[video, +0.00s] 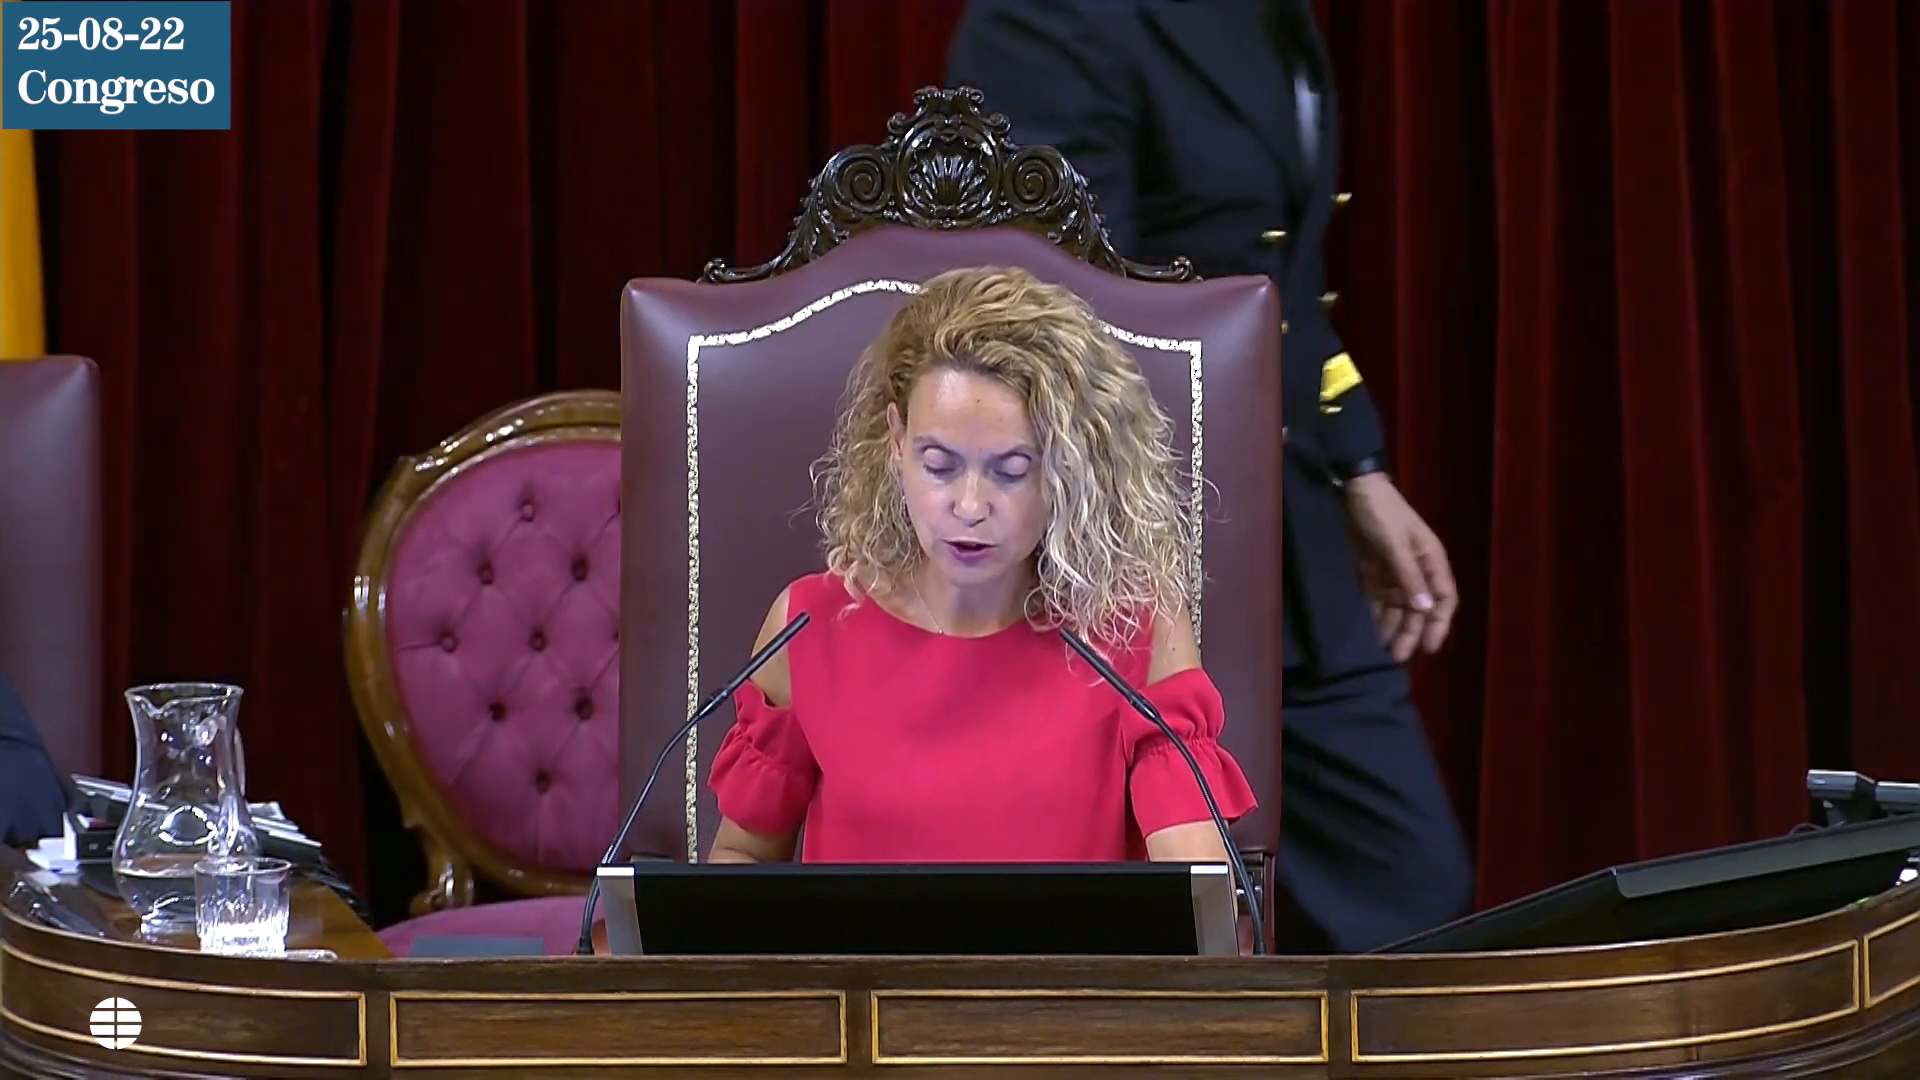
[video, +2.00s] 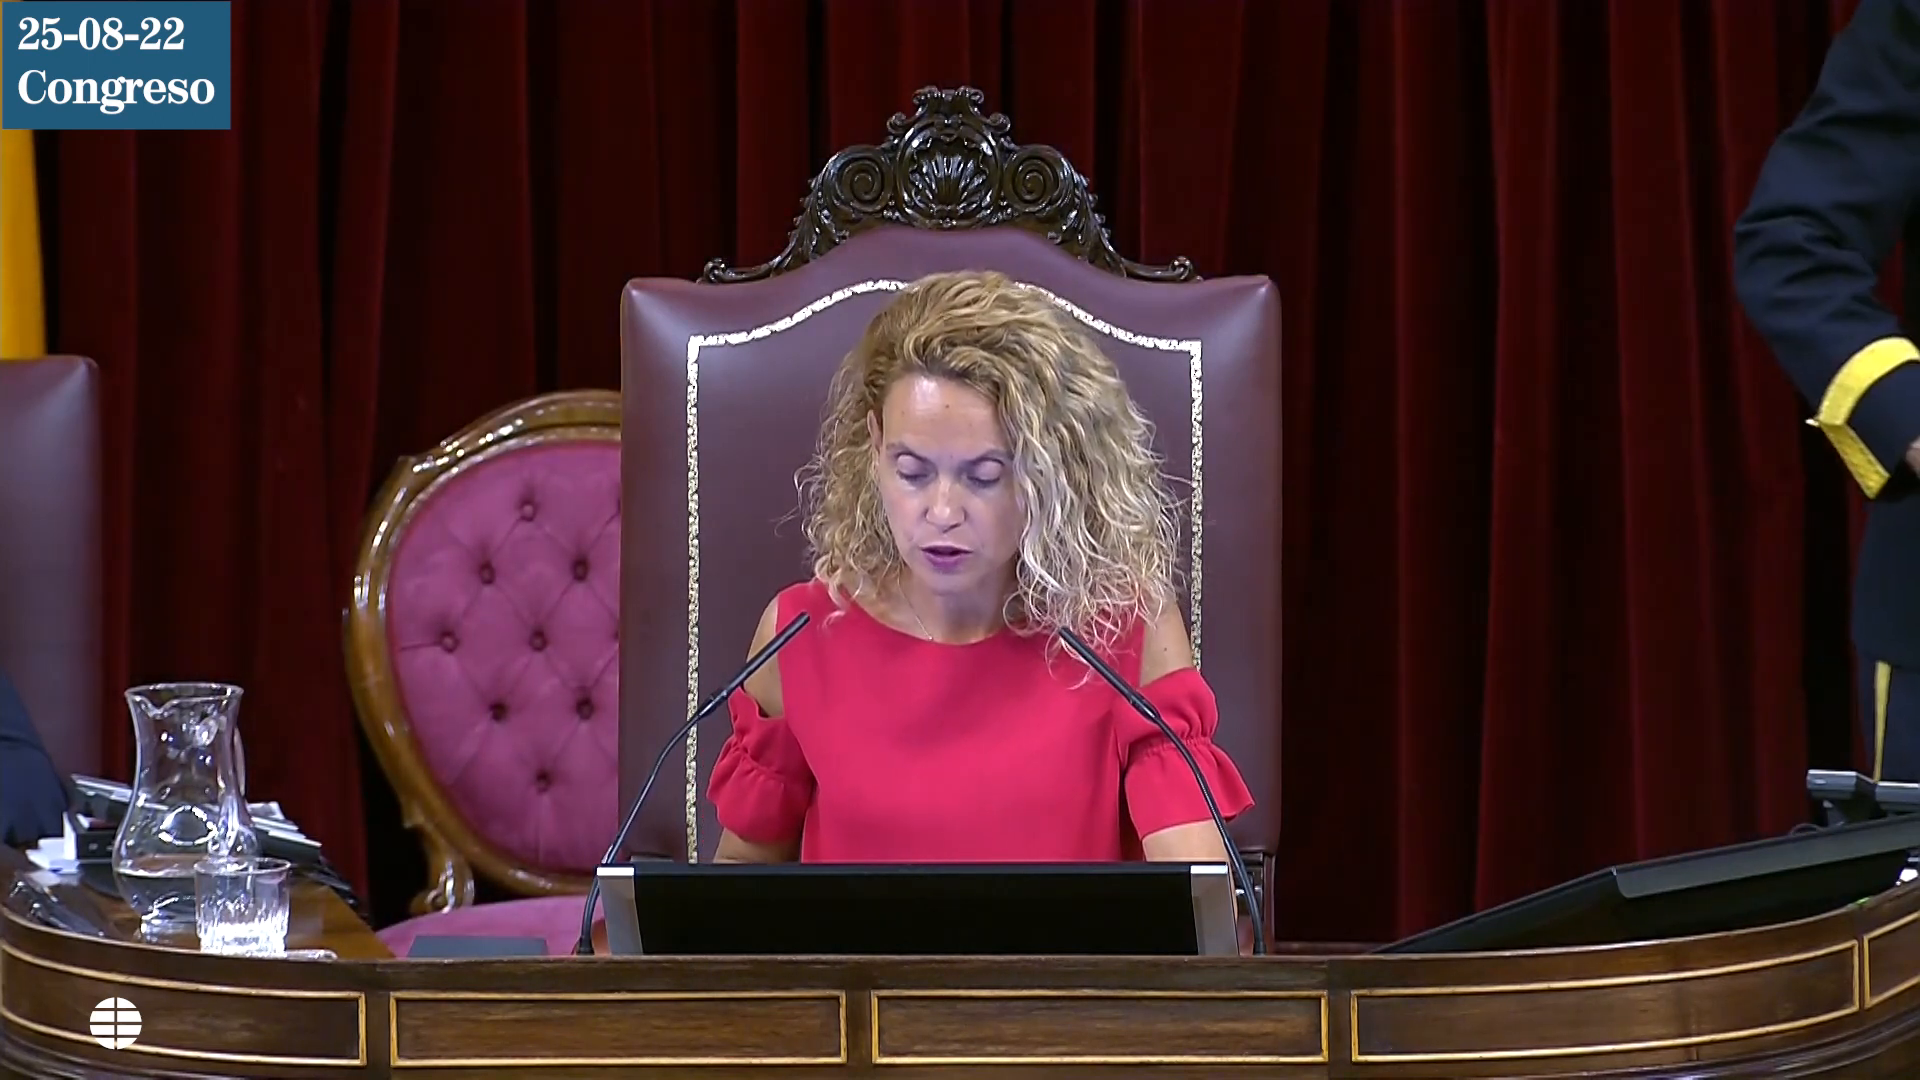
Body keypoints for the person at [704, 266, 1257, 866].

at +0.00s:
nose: (970, 505)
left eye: (1010, 469)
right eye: (940, 463)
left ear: (1070, 467)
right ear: (896, 444)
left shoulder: (1134, 626)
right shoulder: (812, 622)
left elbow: (1201, 889)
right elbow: (740, 861)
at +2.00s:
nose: (943, 511)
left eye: (983, 474)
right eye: (914, 470)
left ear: (1049, 480)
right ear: (873, 465)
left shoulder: (1124, 621)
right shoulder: (803, 630)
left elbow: (1200, 895)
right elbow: (743, 882)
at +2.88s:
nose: (944, 512)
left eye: (984, 475)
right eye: (914, 471)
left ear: (1052, 478)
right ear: (873, 464)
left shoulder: (1124, 622)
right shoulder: (803, 628)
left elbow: (1201, 893)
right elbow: (738, 878)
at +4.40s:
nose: (959, 513)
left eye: (997, 475)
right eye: (926, 472)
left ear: (1057, 471)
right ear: (879, 458)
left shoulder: (1127, 623)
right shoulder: (804, 631)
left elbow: (1201, 897)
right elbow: (745, 883)